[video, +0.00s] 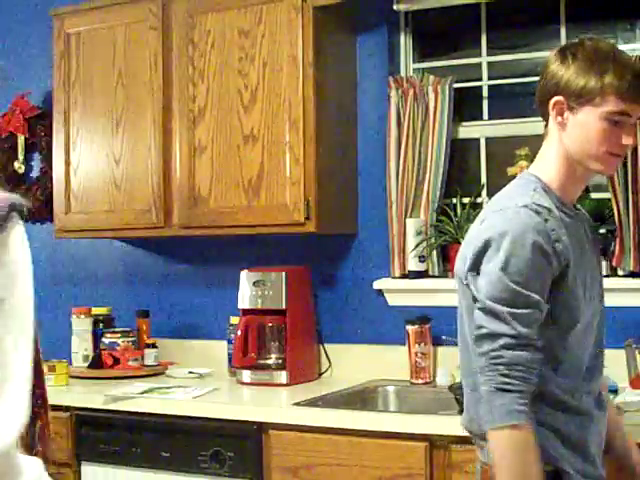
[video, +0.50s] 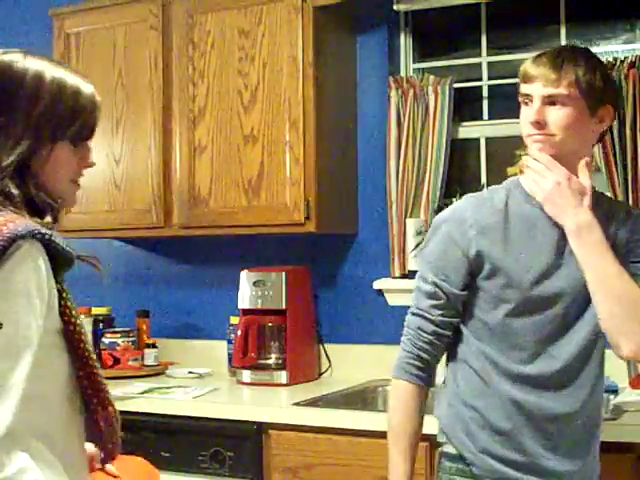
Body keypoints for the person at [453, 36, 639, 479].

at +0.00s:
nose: (630, 140)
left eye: (634, 125)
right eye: (616, 121)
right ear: (560, 113)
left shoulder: (573, 224)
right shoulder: (520, 227)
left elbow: (584, 381)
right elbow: (504, 408)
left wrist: (625, 460)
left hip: (580, 462)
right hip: (541, 465)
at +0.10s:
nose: (615, 136)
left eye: (625, 118)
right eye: (597, 116)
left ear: (633, 123)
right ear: (550, 115)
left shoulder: (592, 229)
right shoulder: (511, 226)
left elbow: (600, 365)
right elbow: (472, 392)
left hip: (581, 464)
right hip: (525, 466)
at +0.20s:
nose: (593, 133)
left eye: (610, 116)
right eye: (576, 113)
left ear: (626, 126)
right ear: (543, 116)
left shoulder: (610, 235)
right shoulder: (497, 225)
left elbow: (630, 384)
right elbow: (440, 384)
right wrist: (428, 477)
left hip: (578, 462)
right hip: (509, 463)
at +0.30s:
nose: (576, 127)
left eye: (595, 112)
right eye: (561, 109)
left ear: (622, 125)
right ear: (541, 118)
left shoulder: (623, 233)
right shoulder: (487, 224)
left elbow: (639, 359)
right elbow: (422, 365)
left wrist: (619, 262)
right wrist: (405, 475)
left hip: (575, 460)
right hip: (495, 456)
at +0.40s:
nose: (552, 123)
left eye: (573, 107)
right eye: (542, 106)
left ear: (613, 121)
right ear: (532, 112)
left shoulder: (626, 230)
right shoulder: (477, 223)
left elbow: (637, 345)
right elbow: (414, 361)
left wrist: (595, 232)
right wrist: (398, 475)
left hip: (577, 465)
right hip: (485, 460)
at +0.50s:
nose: (534, 118)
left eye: (555, 102)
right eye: (526, 102)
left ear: (601, 120)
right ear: (518, 110)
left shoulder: (622, 227)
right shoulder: (468, 222)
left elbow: (631, 343)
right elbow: (414, 362)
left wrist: (577, 220)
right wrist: (400, 475)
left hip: (573, 466)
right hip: (473, 461)